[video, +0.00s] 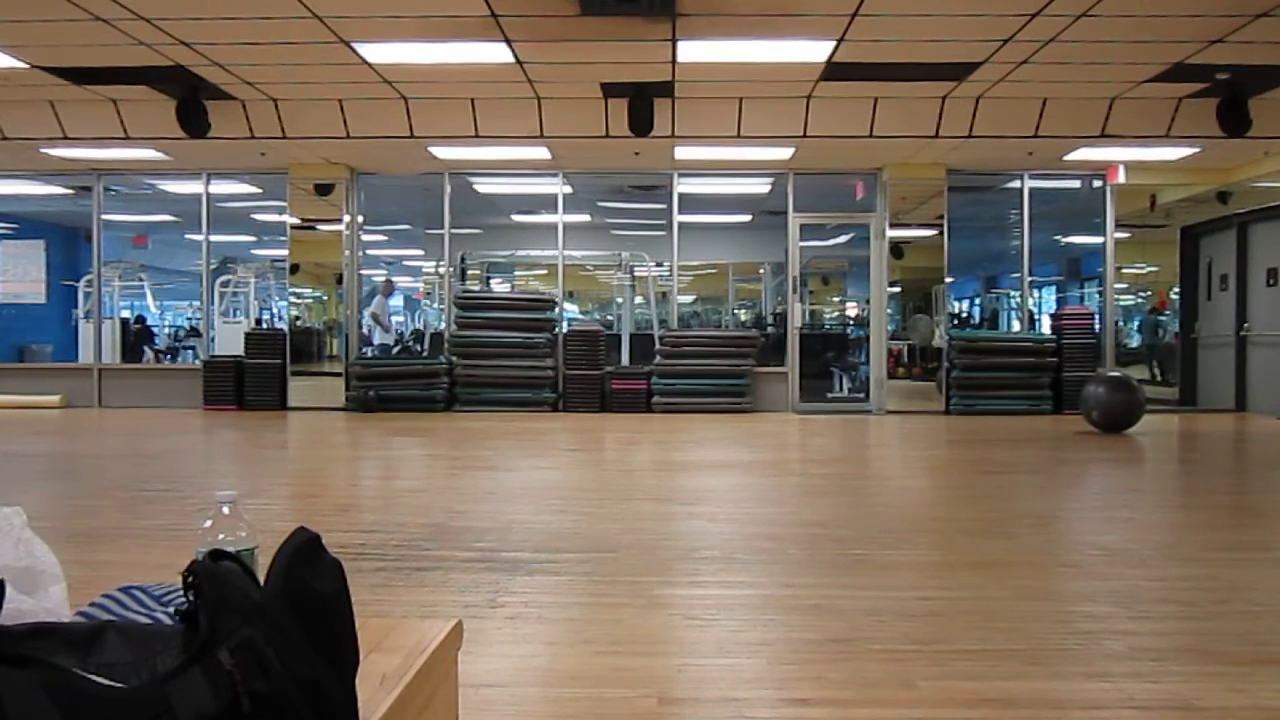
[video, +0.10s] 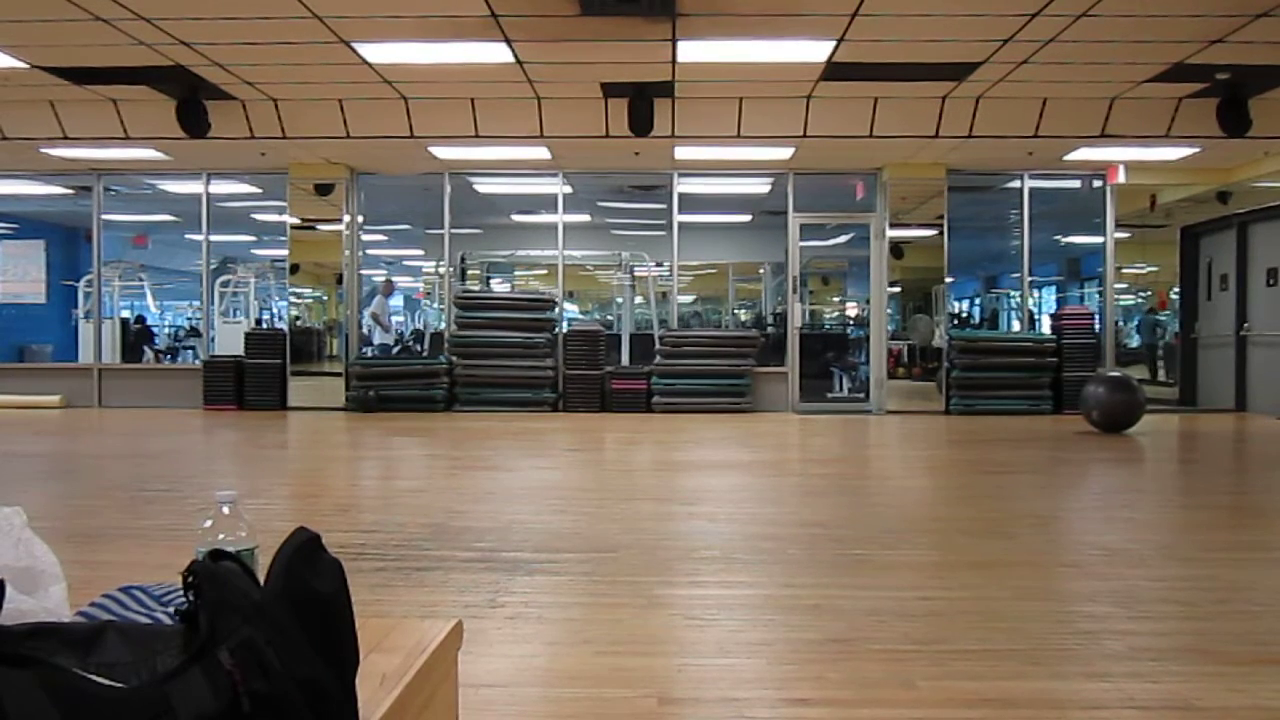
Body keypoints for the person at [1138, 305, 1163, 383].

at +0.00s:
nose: (1157, 315)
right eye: (1157, 312)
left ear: (1148, 311)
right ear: (1156, 312)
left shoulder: (1144, 318)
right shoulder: (1156, 319)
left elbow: (1138, 329)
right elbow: (1164, 328)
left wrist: (1144, 334)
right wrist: (1162, 338)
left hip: (1146, 342)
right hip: (1155, 341)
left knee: (1149, 360)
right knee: (1159, 359)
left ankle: (1152, 376)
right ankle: (1163, 376)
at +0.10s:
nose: (1155, 315)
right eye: (1155, 313)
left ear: (1147, 312)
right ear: (1154, 313)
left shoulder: (1142, 319)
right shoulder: (1154, 319)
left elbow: (1137, 329)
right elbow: (1164, 326)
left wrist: (1142, 335)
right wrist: (1162, 336)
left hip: (1145, 341)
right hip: (1153, 341)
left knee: (1148, 359)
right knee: (1153, 359)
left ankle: (1151, 375)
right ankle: (1154, 376)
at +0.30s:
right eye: (1148, 313)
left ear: (1142, 313)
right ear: (1148, 313)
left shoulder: (1138, 320)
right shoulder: (1151, 321)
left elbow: (1135, 329)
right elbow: (1161, 328)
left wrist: (1139, 336)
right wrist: (1154, 338)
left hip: (1140, 342)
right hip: (1148, 342)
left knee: (1142, 359)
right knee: (1148, 359)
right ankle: (1152, 375)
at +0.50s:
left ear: (1138, 312)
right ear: (1146, 313)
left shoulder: (1134, 320)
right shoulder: (1148, 321)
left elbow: (1129, 330)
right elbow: (1157, 329)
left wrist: (1127, 340)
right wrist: (1151, 337)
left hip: (1137, 342)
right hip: (1146, 343)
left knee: (1138, 359)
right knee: (1147, 360)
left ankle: (1138, 375)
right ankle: (1149, 375)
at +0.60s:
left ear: (1135, 312)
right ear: (1144, 312)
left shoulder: (1133, 319)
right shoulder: (1146, 320)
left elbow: (1128, 329)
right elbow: (1153, 328)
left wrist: (1125, 338)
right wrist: (1151, 340)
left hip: (1135, 341)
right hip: (1144, 342)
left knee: (1134, 358)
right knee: (1144, 360)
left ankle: (1138, 372)